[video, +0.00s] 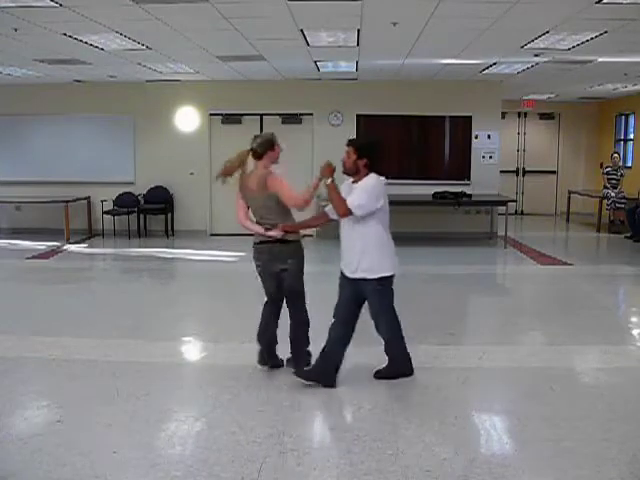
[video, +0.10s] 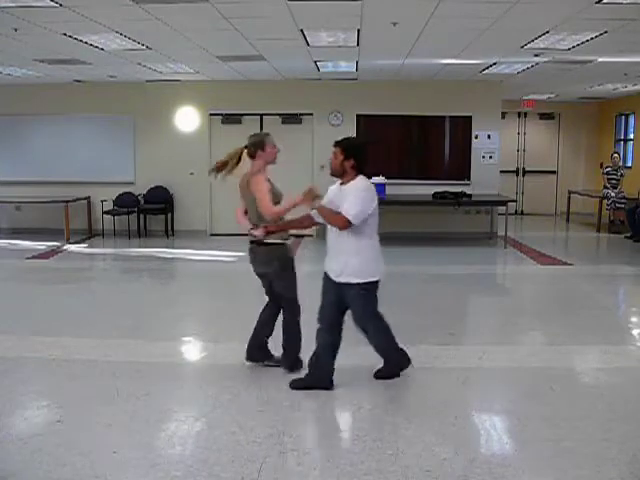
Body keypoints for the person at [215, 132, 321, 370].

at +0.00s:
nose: (279, 152)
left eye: (278, 148)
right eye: (277, 149)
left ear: (257, 153)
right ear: (269, 152)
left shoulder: (244, 180)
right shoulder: (272, 179)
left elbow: (242, 219)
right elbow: (298, 203)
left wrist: (266, 232)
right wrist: (316, 183)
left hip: (263, 247)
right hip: (288, 247)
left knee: (273, 299)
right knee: (296, 304)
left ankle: (266, 352)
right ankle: (301, 358)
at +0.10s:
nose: (277, 150)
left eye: (275, 146)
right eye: (272, 147)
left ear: (257, 153)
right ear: (260, 152)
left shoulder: (247, 179)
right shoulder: (259, 179)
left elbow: (242, 214)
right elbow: (270, 213)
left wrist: (254, 229)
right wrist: (299, 201)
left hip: (259, 249)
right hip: (275, 250)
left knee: (275, 300)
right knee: (291, 305)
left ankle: (256, 348)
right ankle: (291, 357)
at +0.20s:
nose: (272, 152)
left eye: (271, 148)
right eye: (267, 149)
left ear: (258, 155)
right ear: (253, 155)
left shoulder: (261, 180)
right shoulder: (247, 183)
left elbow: (262, 214)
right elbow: (245, 220)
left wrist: (284, 219)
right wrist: (277, 223)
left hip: (262, 250)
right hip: (257, 253)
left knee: (271, 302)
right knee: (283, 302)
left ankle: (254, 351)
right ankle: (279, 356)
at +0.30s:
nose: (267, 152)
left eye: (266, 148)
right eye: (261, 149)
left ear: (263, 154)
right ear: (248, 155)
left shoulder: (262, 181)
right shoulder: (238, 183)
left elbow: (262, 211)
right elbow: (231, 222)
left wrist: (277, 216)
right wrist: (256, 224)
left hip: (259, 250)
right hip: (246, 252)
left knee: (268, 303)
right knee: (271, 303)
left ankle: (255, 350)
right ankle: (249, 352)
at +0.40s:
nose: (261, 152)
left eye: (262, 148)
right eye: (256, 148)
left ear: (261, 153)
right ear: (242, 154)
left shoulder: (259, 181)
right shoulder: (231, 181)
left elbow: (262, 211)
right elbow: (220, 216)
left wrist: (280, 209)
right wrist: (244, 211)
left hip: (256, 250)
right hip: (237, 250)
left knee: (262, 303)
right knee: (252, 303)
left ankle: (253, 352)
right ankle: (216, 349)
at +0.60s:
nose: (256, 152)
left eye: (257, 148)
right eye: (251, 148)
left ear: (256, 152)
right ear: (237, 152)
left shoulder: (253, 183)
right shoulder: (224, 180)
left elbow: (258, 218)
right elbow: (215, 216)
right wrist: (232, 193)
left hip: (244, 254)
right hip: (223, 253)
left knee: (258, 304)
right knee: (216, 309)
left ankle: (252, 353)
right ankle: (196, 358)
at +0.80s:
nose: (250, 166)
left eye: (252, 161)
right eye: (246, 160)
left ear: (255, 161)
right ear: (237, 158)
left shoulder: (259, 186)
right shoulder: (223, 186)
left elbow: (267, 223)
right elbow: (219, 230)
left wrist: (235, 229)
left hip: (250, 254)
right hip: (228, 253)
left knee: (250, 317)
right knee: (219, 309)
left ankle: (244, 369)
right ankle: (195, 357)